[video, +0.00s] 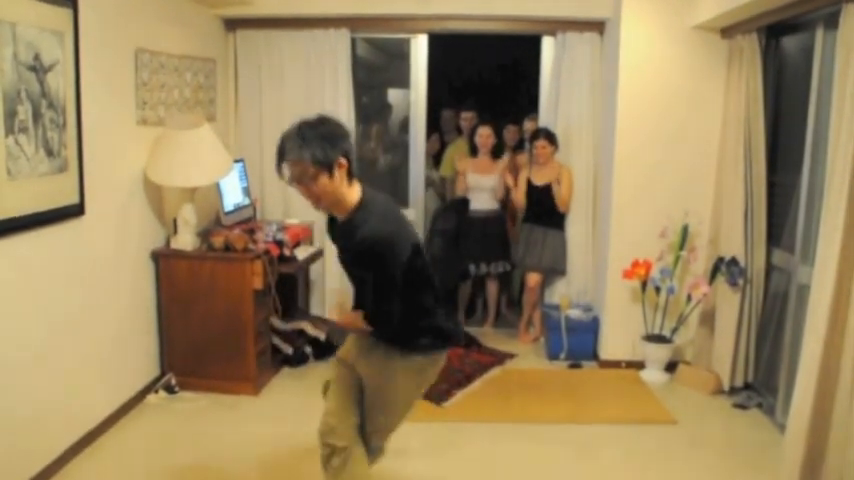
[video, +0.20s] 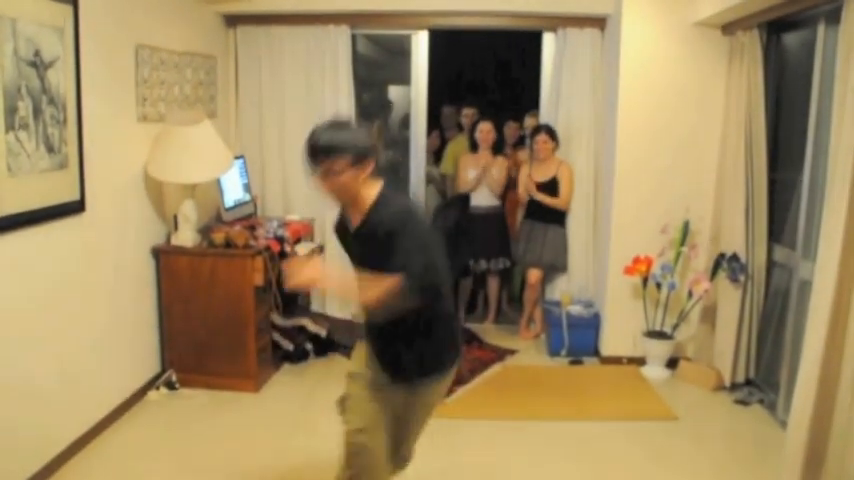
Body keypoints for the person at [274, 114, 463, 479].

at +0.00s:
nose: (304, 193)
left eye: (308, 180)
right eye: (296, 184)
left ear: (341, 168)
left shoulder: (378, 235)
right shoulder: (341, 220)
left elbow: (385, 323)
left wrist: (328, 323)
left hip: (414, 347)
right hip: (371, 332)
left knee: (368, 441)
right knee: (335, 434)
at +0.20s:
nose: (327, 183)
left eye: (335, 172)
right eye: (322, 174)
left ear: (366, 166)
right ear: (318, 175)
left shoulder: (402, 218)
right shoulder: (348, 223)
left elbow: (420, 284)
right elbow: (383, 281)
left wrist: (329, 280)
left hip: (426, 356)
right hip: (379, 343)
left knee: (392, 454)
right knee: (362, 446)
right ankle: (362, 472)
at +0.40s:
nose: (456, 126)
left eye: (461, 113)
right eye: (443, 116)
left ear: (476, 114)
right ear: (422, 122)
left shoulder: (478, 171)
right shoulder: (396, 172)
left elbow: (489, 234)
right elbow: (375, 253)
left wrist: (541, 258)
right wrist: (461, 234)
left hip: (446, 314)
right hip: (393, 320)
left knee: (491, 381)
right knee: (372, 439)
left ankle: (484, 466)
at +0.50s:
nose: (514, 150)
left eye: (516, 138)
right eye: (501, 141)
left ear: (518, 133)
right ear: (471, 145)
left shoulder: (482, 184)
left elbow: (502, 249)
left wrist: (530, 285)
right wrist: (562, 252)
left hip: (451, 322)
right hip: (410, 327)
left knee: (490, 383)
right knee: (388, 441)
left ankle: (492, 471)